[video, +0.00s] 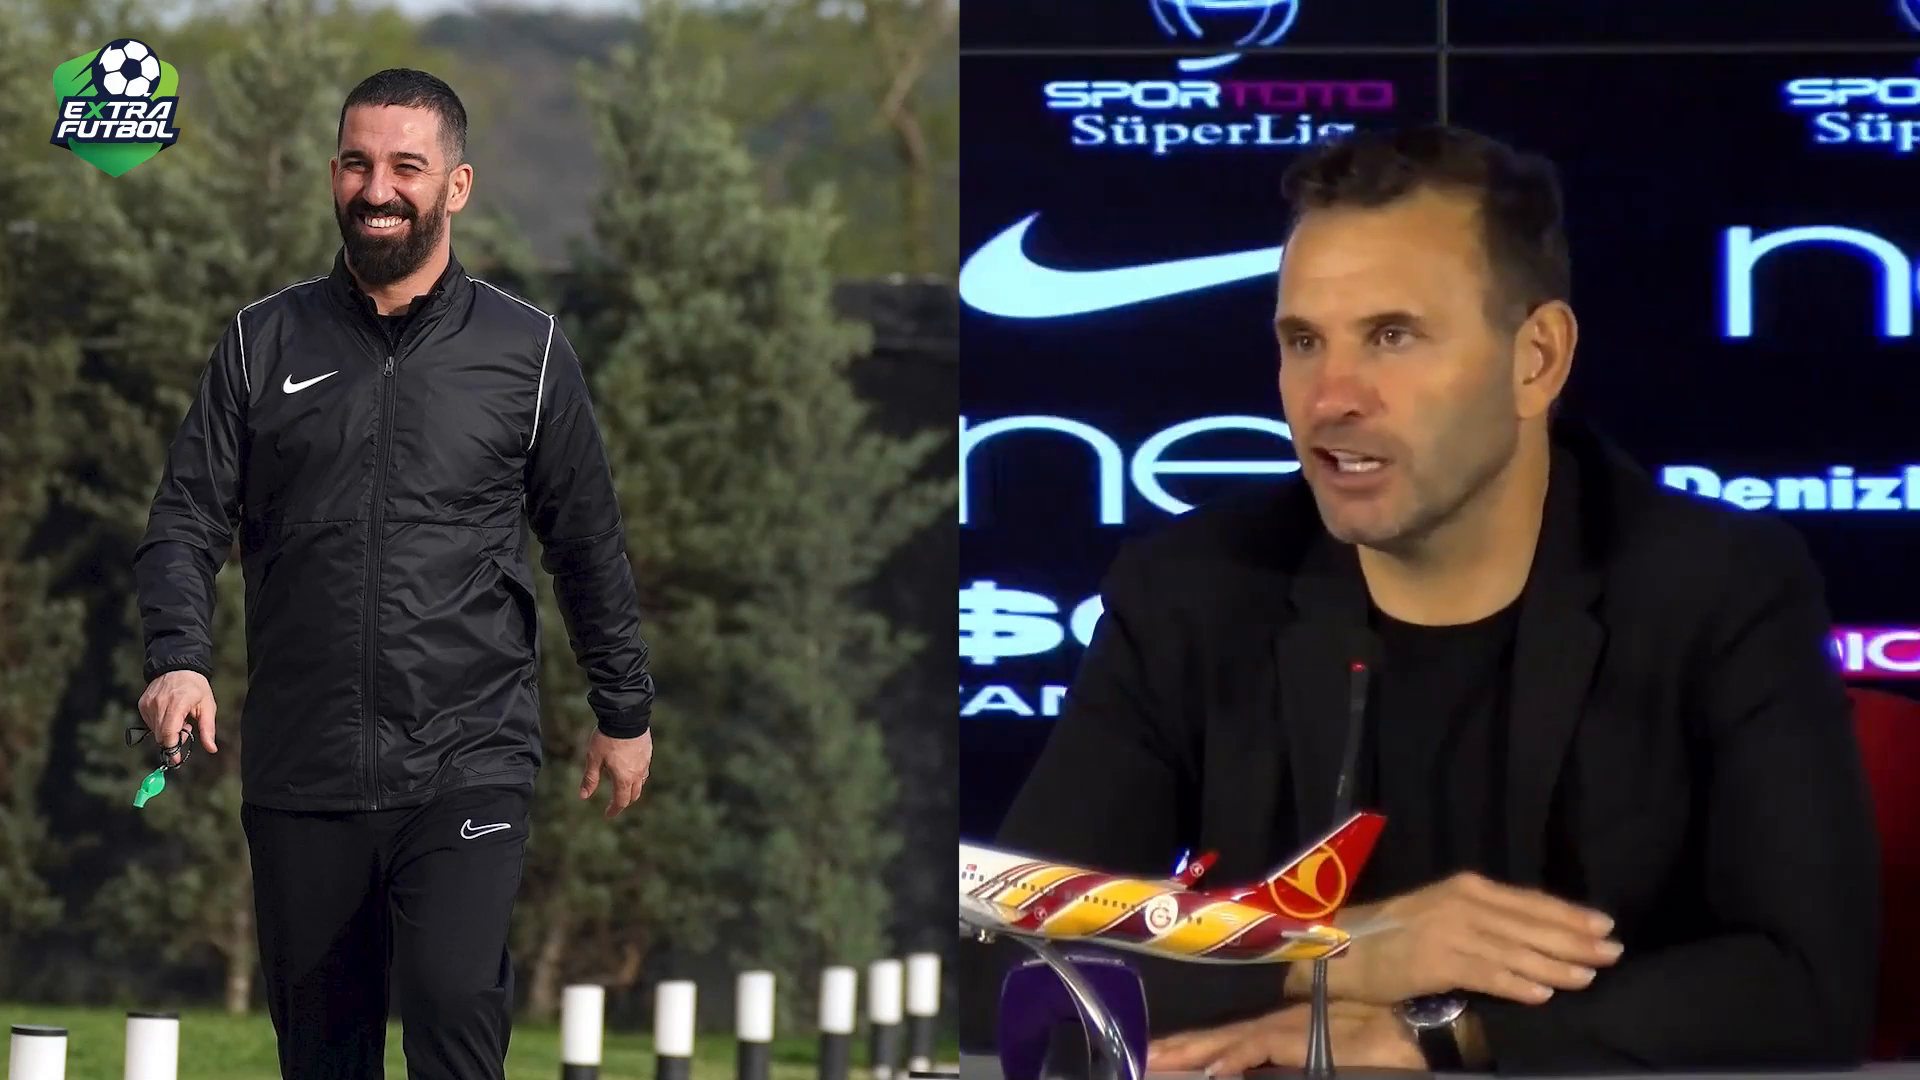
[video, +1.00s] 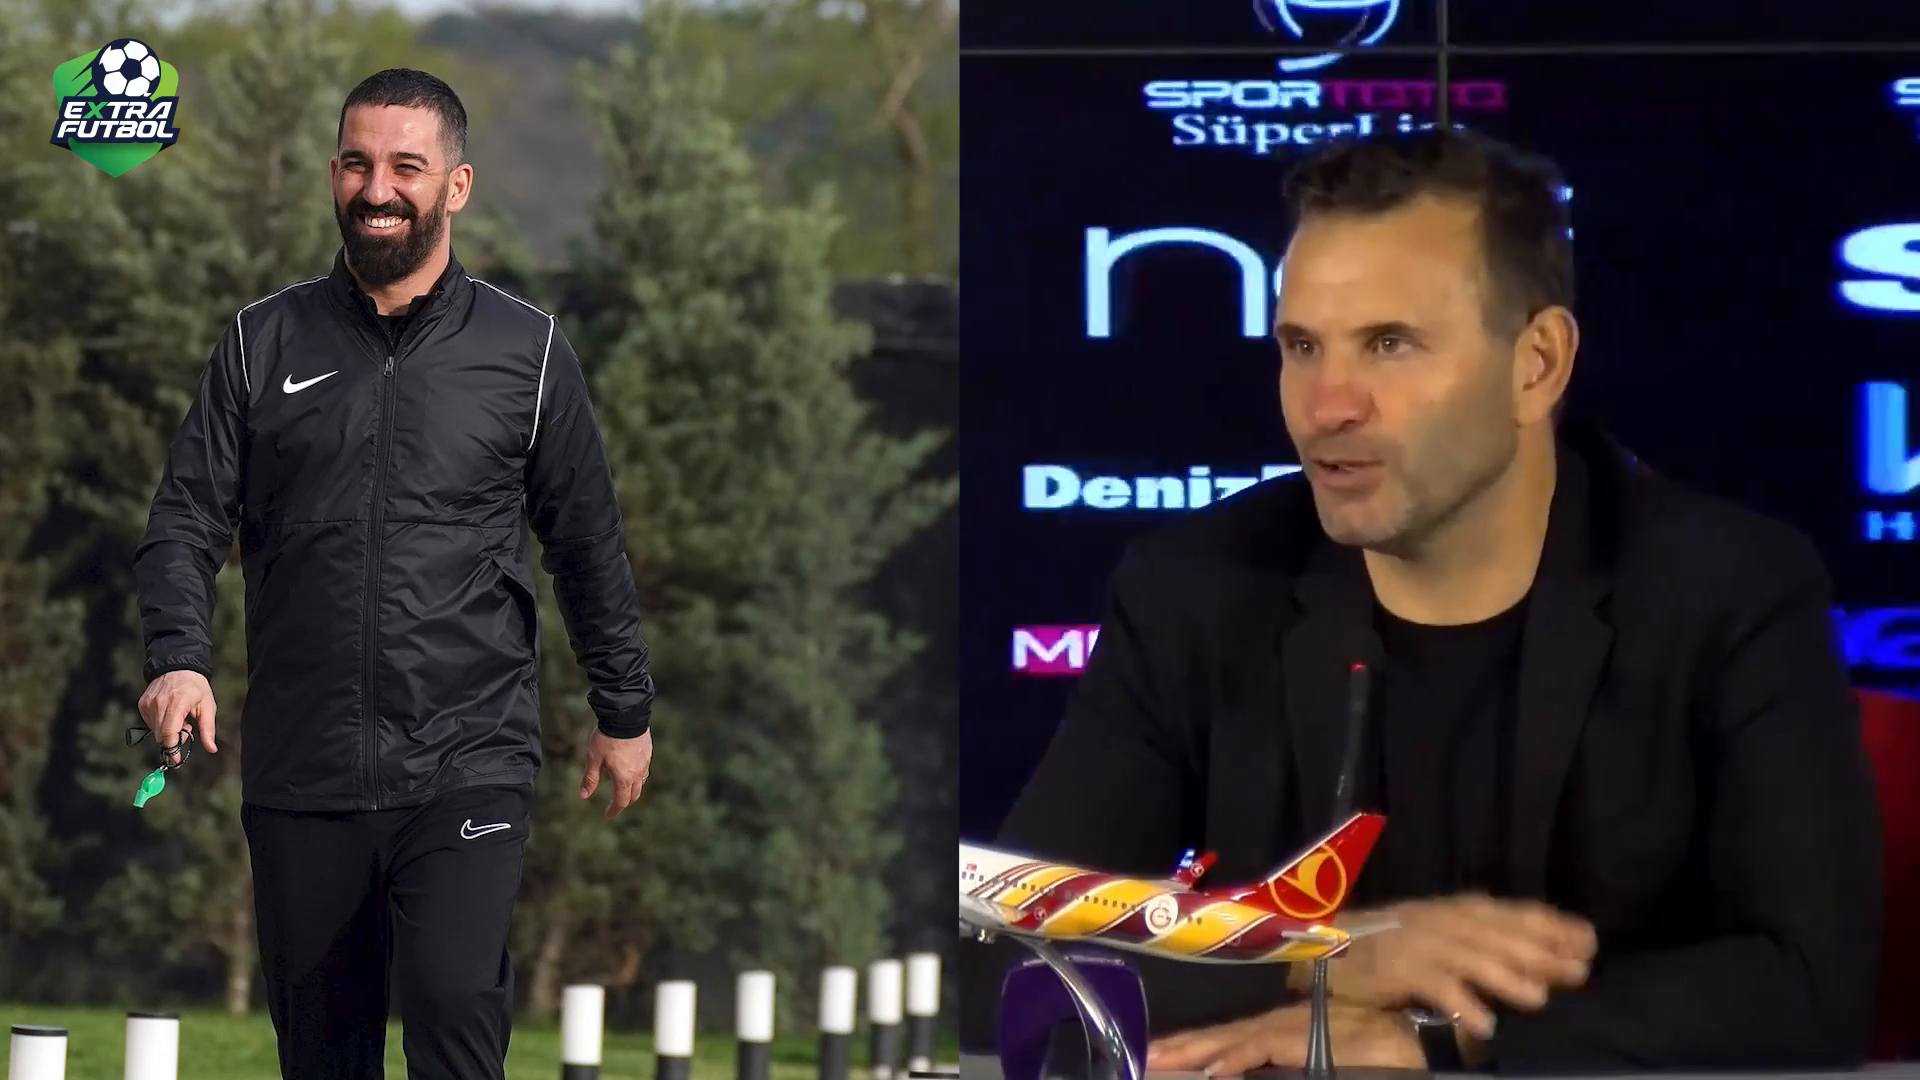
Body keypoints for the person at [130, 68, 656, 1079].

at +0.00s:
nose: (375, 187)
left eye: (405, 164)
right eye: (356, 162)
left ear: (458, 185)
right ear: (334, 177)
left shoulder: (530, 350)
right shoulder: (259, 342)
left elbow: (588, 541)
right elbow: (187, 513)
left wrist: (623, 708)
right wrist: (177, 658)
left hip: (472, 752)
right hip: (301, 755)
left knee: (455, 1018)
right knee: (320, 1043)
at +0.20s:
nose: (375, 187)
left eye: (405, 164)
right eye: (356, 162)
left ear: (458, 185)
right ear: (334, 177)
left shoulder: (530, 350)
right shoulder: (259, 342)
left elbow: (588, 541)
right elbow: (187, 513)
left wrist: (623, 708)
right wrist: (177, 658)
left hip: (472, 752)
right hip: (301, 755)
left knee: (455, 1018)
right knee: (320, 1043)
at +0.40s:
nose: (375, 187)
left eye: (405, 164)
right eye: (356, 162)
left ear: (458, 185)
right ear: (334, 177)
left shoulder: (530, 350)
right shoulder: (259, 342)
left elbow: (588, 541)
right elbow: (187, 513)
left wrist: (623, 708)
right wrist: (177, 658)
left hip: (472, 752)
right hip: (301, 755)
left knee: (455, 1018)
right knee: (320, 1043)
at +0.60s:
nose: (375, 186)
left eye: (405, 164)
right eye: (356, 162)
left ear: (458, 186)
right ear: (334, 177)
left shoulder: (530, 350)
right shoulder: (259, 343)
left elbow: (589, 542)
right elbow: (186, 513)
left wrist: (623, 708)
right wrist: (178, 658)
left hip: (472, 750)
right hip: (302, 752)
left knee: (454, 1018)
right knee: (320, 1041)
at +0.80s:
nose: (375, 186)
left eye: (405, 164)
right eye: (356, 162)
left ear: (458, 186)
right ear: (334, 177)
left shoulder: (530, 350)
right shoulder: (259, 343)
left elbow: (589, 542)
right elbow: (186, 513)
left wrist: (623, 708)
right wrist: (178, 658)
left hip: (472, 750)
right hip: (302, 752)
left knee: (454, 1018)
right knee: (320, 1041)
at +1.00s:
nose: (376, 187)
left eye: (405, 164)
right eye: (356, 162)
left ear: (458, 185)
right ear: (334, 177)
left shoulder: (530, 350)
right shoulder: (259, 342)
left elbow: (589, 541)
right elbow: (186, 513)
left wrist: (623, 708)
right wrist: (178, 658)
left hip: (471, 752)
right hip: (301, 755)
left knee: (455, 1019)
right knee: (320, 1043)